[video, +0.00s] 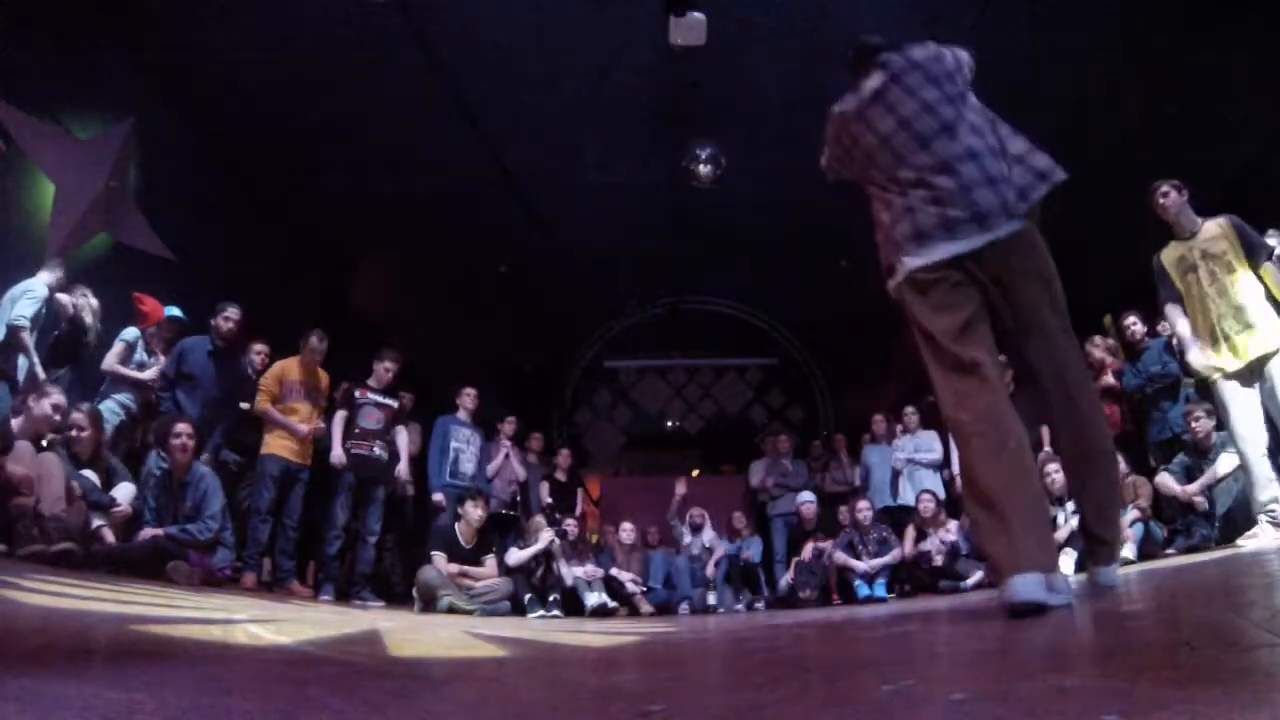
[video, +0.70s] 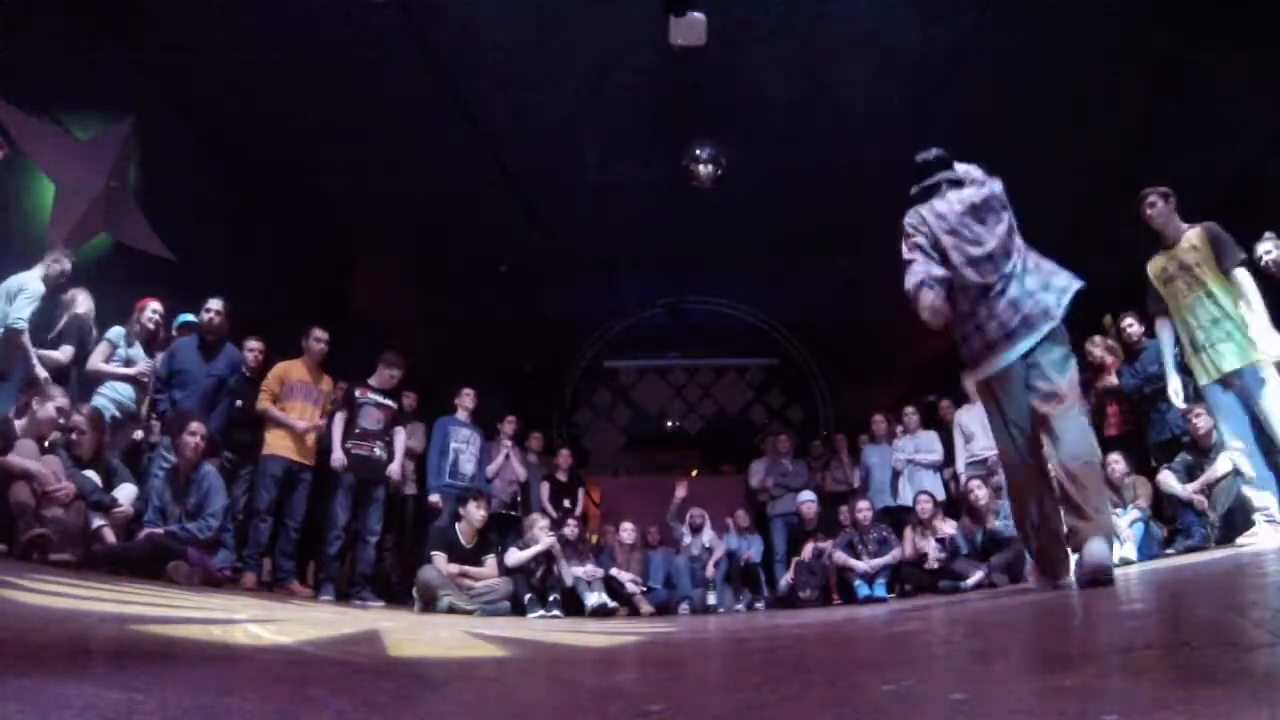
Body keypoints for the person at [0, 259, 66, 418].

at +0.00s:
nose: (58, 287)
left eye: (60, 283)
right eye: (60, 282)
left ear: (41, 271)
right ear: (58, 276)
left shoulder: (20, 288)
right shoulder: (39, 289)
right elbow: (19, 324)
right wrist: (37, 366)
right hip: (8, 375)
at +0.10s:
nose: (62, 284)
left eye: (64, 279)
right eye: (61, 277)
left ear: (44, 269)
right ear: (48, 269)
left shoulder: (19, 285)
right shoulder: (37, 288)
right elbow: (22, 327)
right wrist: (44, 371)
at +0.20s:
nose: (61, 278)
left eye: (64, 274)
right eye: (59, 270)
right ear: (44, 261)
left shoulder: (24, 282)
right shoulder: (35, 287)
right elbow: (23, 327)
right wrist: (46, 367)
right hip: (5, 369)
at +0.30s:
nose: (59, 277)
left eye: (63, 274)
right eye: (57, 269)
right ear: (43, 260)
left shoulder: (27, 282)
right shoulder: (31, 285)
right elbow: (22, 327)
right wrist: (46, 366)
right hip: (5, 367)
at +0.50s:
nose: (61, 278)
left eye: (65, 275)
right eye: (59, 270)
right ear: (45, 261)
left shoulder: (25, 280)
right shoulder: (31, 284)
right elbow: (16, 328)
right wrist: (40, 366)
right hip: (5, 367)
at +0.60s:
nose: (62, 279)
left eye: (66, 275)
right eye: (61, 271)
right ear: (46, 262)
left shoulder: (24, 279)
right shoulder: (33, 284)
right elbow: (16, 325)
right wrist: (37, 366)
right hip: (6, 370)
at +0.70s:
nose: (61, 281)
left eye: (65, 277)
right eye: (61, 274)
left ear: (48, 264)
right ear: (50, 264)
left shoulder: (18, 278)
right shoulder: (35, 286)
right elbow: (17, 326)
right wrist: (37, 366)